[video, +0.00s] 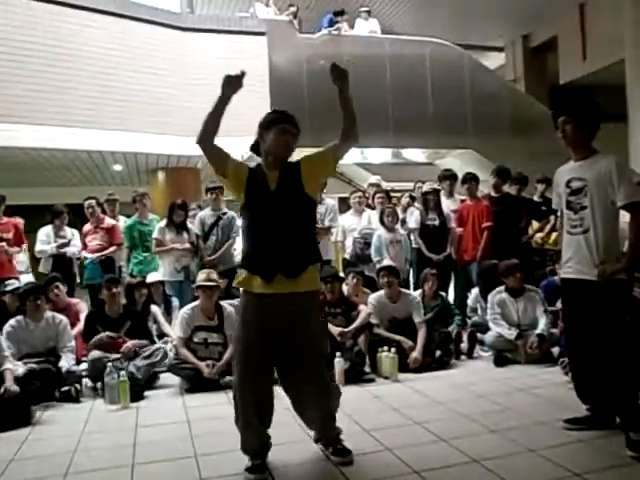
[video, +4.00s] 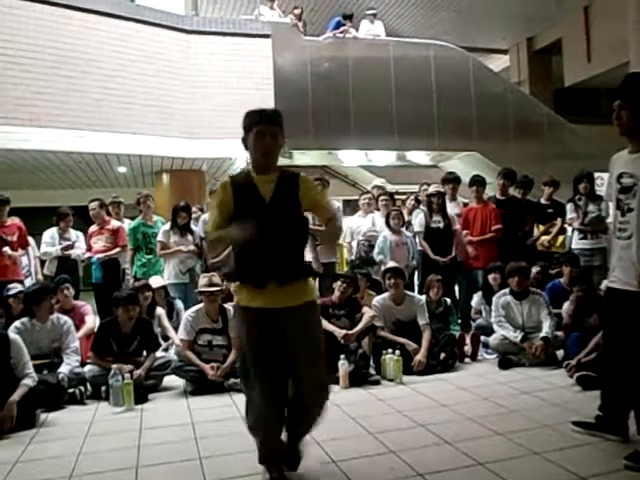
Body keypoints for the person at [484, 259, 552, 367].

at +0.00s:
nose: (518, 276)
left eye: (519, 272)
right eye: (513, 275)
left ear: (523, 274)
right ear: (504, 279)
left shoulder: (535, 293)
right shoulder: (495, 297)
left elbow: (543, 316)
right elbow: (494, 320)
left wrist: (539, 335)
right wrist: (515, 335)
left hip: (530, 331)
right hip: (508, 332)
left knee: (553, 336)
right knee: (491, 339)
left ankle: (512, 357)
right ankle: (538, 356)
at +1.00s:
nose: (512, 277)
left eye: (515, 273)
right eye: (508, 274)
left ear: (522, 275)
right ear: (502, 278)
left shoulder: (535, 293)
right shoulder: (495, 296)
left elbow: (544, 316)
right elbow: (494, 320)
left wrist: (540, 336)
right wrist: (517, 335)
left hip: (531, 331)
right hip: (508, 333)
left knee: (552, 336)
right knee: (491, 339)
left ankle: (512, 357)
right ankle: (539, 355)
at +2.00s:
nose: (513, 278)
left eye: (517, 274)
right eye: (508, 274)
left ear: (523, 276)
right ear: (503, 277)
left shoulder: (535, 293)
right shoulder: (495, 296)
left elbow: (544, 316)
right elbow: (494, 320)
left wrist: (540, 336)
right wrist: (517, 336)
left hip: (531, 332)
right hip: (509, 333)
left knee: (555, 335)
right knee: (491, 338)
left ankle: (514, 357)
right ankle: (538, 355)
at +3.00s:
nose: (513, 278)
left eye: (516, 274)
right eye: (509, 274)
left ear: (523, 276)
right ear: (504, 277)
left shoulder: (535, 293)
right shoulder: (495, 296)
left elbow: (543, 315)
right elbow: (494, 320)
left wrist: (540, 336)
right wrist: (517, 336)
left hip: (531, 331)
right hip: (508, 333)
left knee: (553, 335)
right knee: (491, 338)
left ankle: (513, 357)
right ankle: (538, 355)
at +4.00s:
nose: (517, 280)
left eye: (521, 276)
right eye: (513, 277)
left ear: (528, 279)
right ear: (508, 280)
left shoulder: (539, 296)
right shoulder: (499, 299)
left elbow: (548, 319)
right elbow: (498, 323)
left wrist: (544, 339)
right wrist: (522, 339)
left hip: (535, 335)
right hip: (512, 335)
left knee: (559, 338)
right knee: (495, 341)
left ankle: (519, 360)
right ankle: (542, 358)